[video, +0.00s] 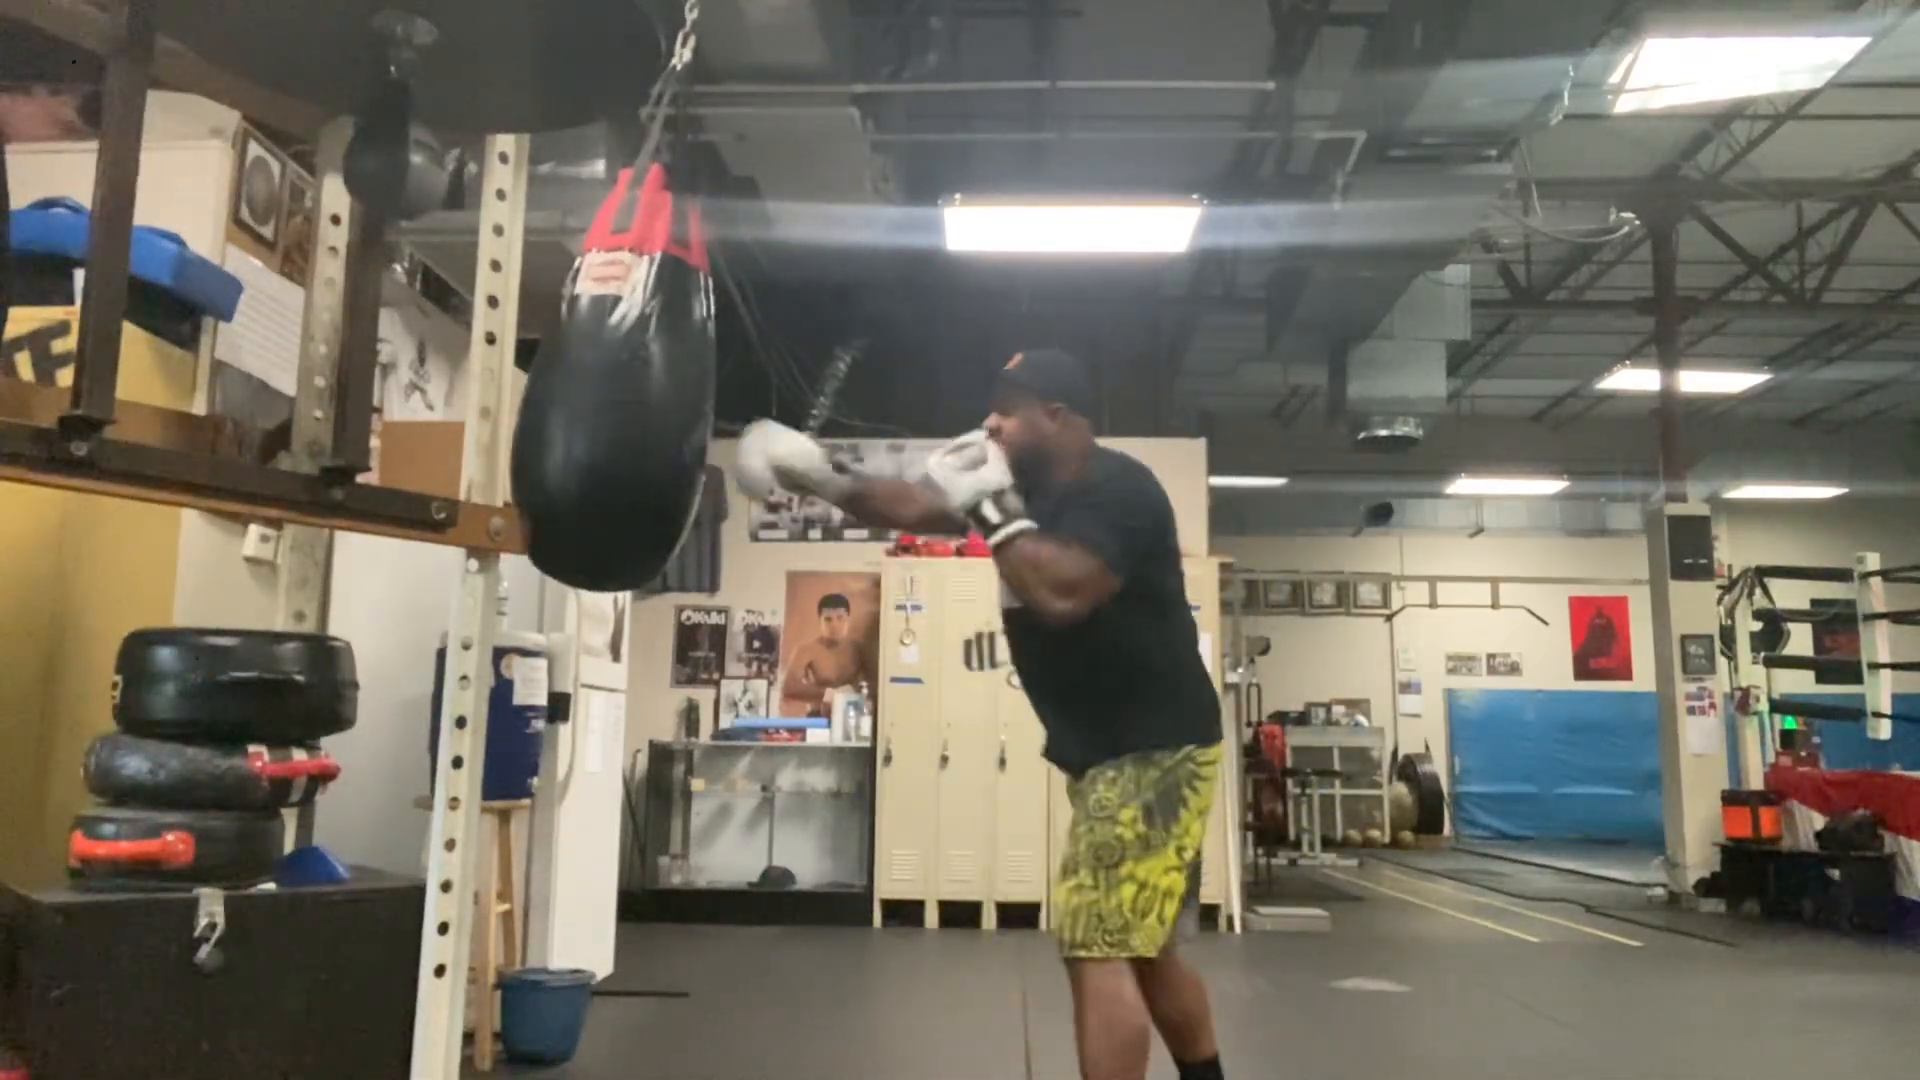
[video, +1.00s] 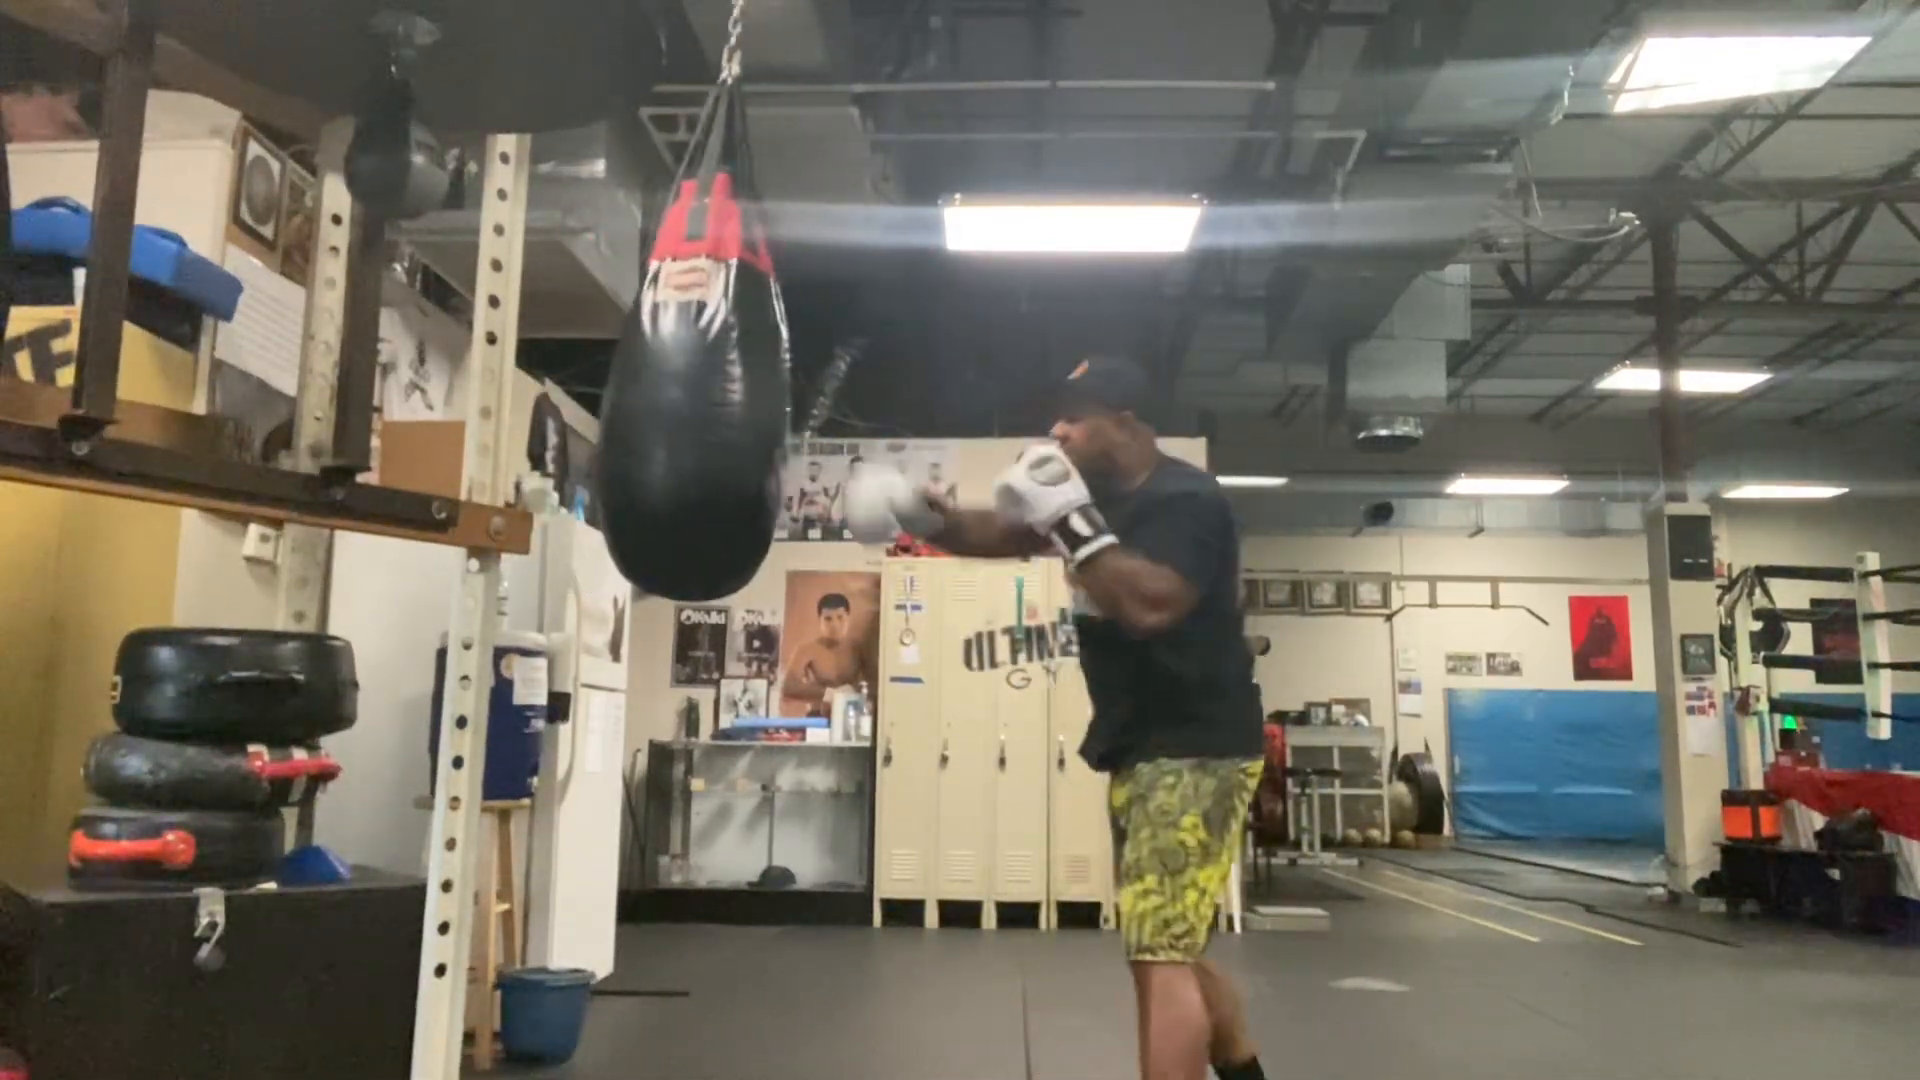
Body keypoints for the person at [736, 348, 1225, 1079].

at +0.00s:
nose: (993, 428)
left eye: (1006, 414)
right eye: (994, 414)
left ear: (1057, 416)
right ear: (1045, 419)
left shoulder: (1121, 488)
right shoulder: (1032, 491)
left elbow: (1064, 591)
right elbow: (920, 504)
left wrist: (999, 509)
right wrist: (821, 475)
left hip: (1155, 750)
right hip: (1105, 754)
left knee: (1094, 942)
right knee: (1148, 949)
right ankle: (1206, 1077)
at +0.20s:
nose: (1016, 429)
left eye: (1029, 413)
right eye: (1020, 413)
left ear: (1073, 416)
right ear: (1081, 419)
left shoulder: (1091, 491)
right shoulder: (1128, 484)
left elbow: (1033, 608)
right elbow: (1065, 604)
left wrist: (966, 534)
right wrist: (987, 570)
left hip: (1129, 747)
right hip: (1180, 740)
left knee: (1050, 942)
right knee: (1158, 934)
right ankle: (1209, 1074)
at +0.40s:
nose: (1007, 426)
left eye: (1019, 410)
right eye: (1011, 410)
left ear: (1066, 414)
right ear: (1076, 416)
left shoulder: (1092, 490)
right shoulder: (1128, 480)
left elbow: (1066, 610)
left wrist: (975, 557)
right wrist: (1019, 534)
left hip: (1120, 758)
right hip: (1168, 749)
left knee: (1058, 961)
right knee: (1167, 944)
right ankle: (1214, 1072)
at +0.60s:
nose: (1025, 426)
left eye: (1039, 411)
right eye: (1027, 412)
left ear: (1089, 417)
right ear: (1085, 419)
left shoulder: (1140, 483)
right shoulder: (1079, 491)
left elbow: (1106, 578)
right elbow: (1003, 556)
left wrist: (1020, 521)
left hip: (1147, 750)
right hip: (1130, 748)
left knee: (1091, 946)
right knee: (1140, 941)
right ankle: (1234, 1066)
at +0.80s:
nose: (1033, 417)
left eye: (1048, 403)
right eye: (1037, 402)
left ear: (1096, 411)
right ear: (1096, 414)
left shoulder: (1122, 481)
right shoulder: (1119, 479)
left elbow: (1021, 561)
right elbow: (1027, 567)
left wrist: (948, 527)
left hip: (1150, 745)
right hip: (1146, 740)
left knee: (1091, 940)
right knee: (1134, 928)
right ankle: (1223, 1066)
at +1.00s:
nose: (1059, 437)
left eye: (1074, 422)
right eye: (1059, 423)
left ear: (1124, 423)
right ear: (1110, 427)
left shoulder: (1189, 501)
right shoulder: (1098, 501)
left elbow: (1150, 604)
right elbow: (1006, 533)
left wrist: (1072, 521)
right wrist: (925, 515)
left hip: (1197, 750)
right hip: (1143, 749)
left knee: (1158, 942)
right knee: (1171, 942)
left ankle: (1180, 1079)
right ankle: (1240, 1066)